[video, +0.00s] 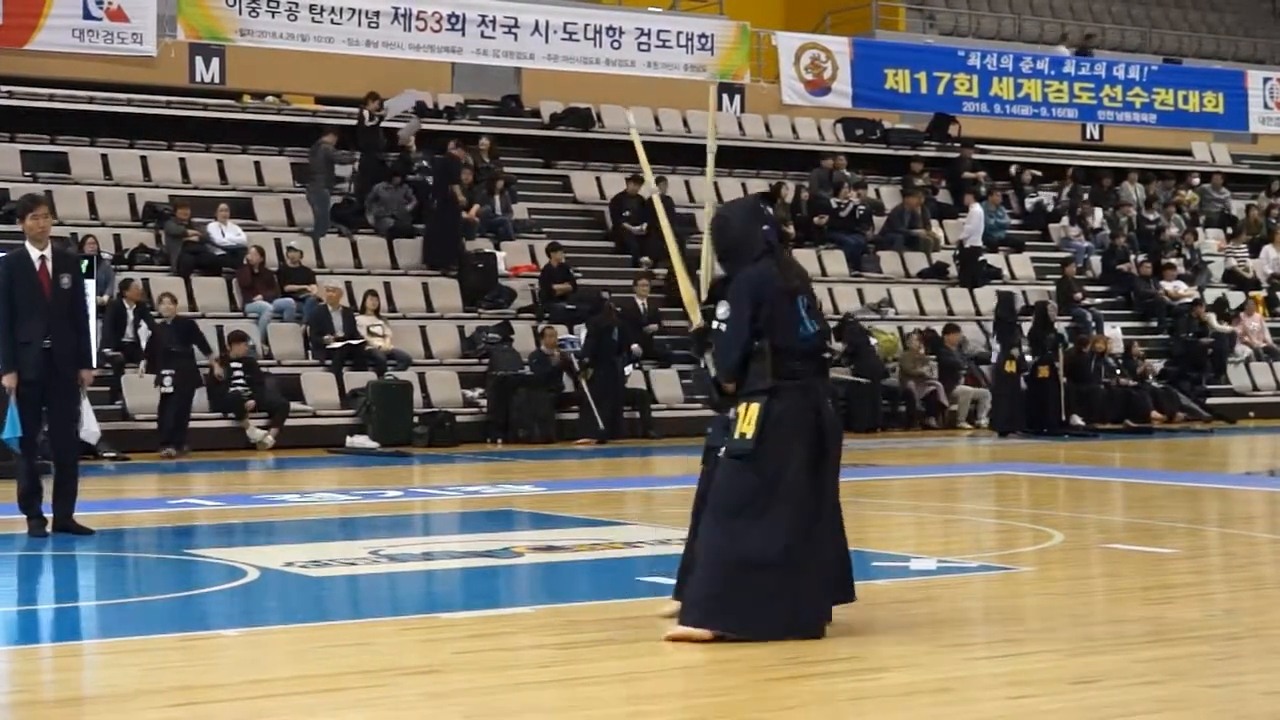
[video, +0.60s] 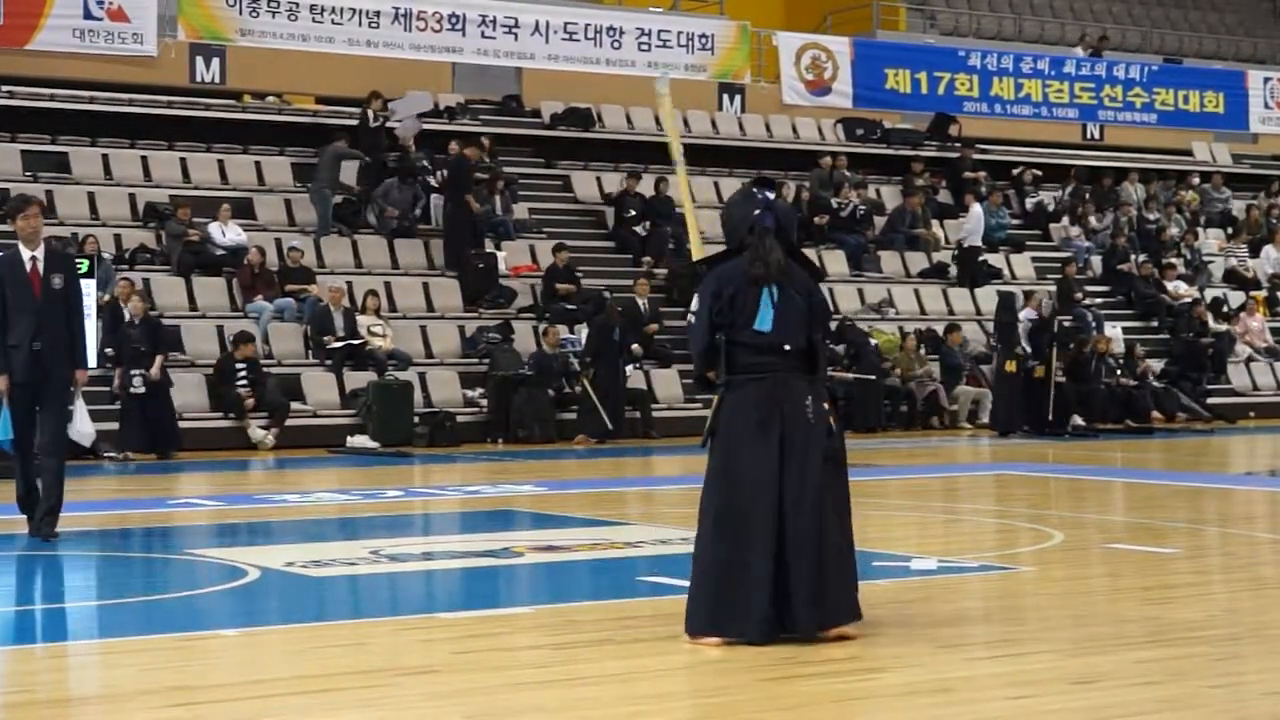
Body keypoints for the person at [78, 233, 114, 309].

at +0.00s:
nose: (92, 246)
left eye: (94, 243)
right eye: (88, 244)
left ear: (97, 246)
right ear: (83, 246)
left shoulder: (104, 264)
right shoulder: (77, 263)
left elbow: (110, 280)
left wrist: (106, 295)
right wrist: (92, 298)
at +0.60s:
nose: (92, 246)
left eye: (94, 243)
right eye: (89, 243)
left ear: (98, 245)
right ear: (83, 246)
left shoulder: (105, 263)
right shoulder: (77, 263)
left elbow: (112, 279)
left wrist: (108, 294)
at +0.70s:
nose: (92, 246)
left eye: (94, 243)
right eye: (89, 243)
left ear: (98, 245)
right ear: (83, 246)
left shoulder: (104, 263)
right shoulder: (77, 263)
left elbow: (111, 279)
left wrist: (108, 294)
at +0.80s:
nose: (92, 246)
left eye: (94, 243)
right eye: (89, 243)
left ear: (98, 245)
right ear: (83, 246)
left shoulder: (105, 263)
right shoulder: (77, 263)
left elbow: (112, 280)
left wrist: (106, 296)